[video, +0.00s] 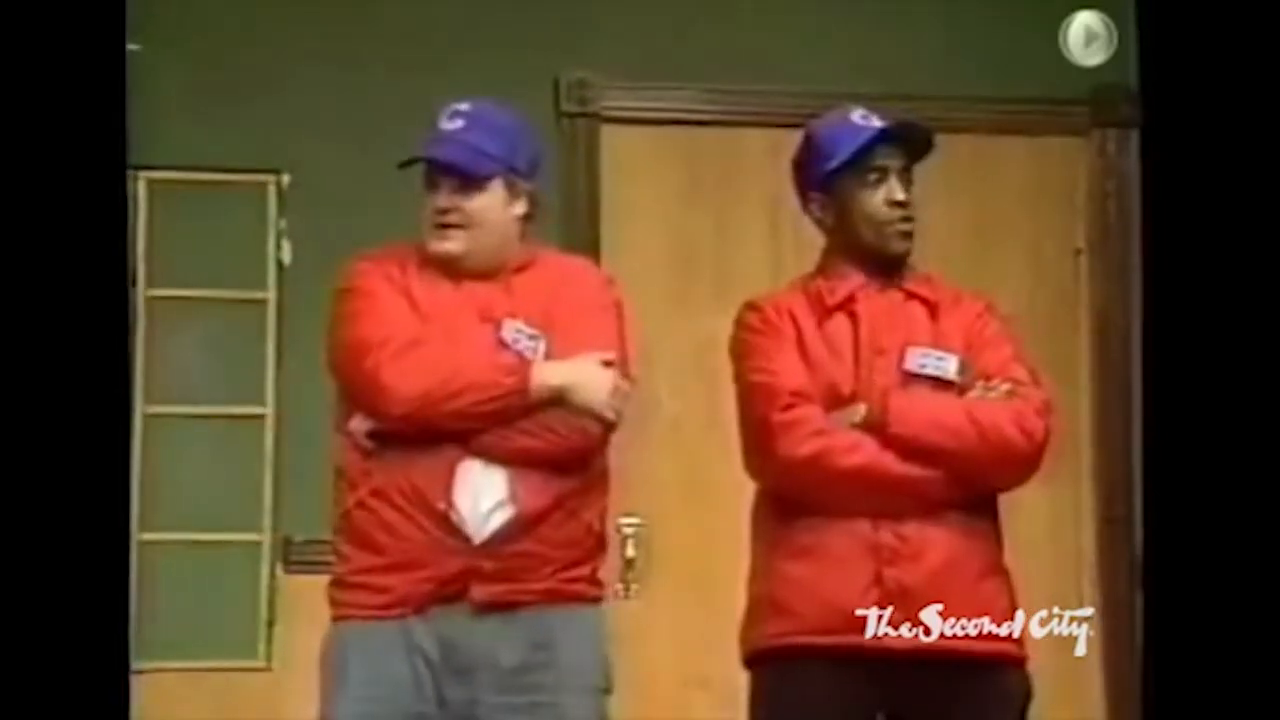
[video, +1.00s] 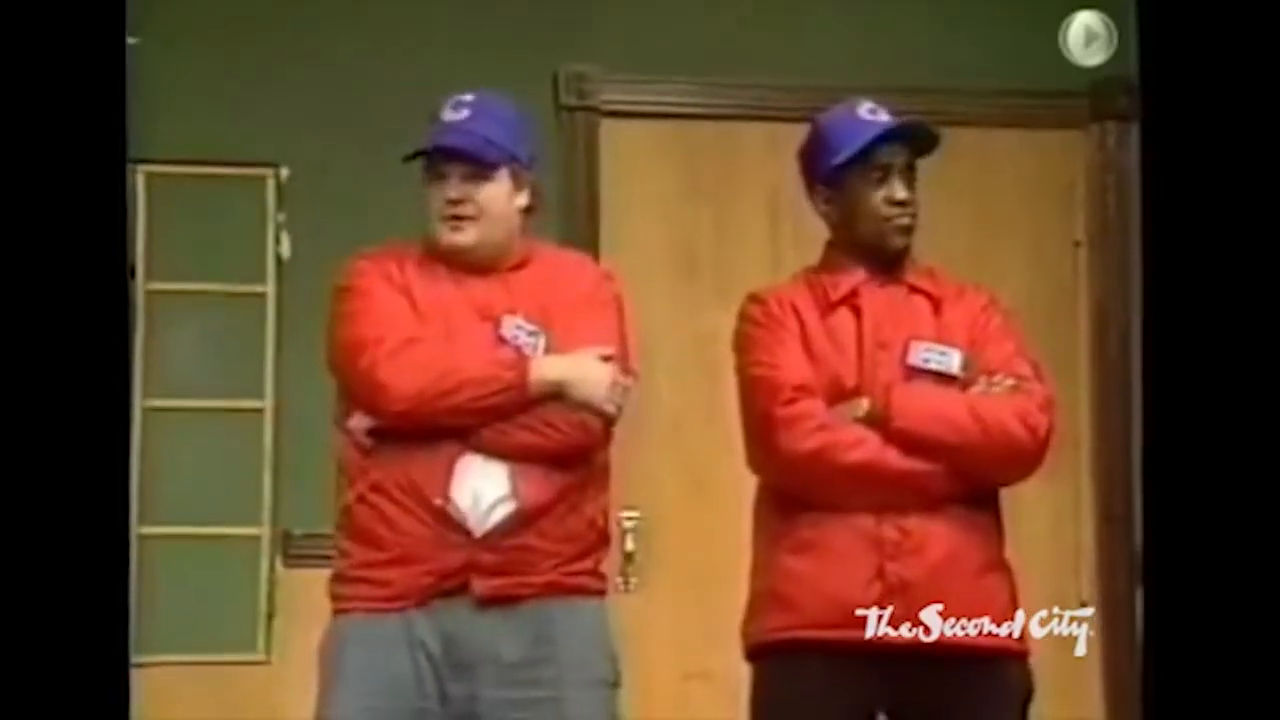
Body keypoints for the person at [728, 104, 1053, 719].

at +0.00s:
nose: (901, 196)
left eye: (905, 177)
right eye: (873, 179)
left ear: (917, 187)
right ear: (820, 205)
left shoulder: (967, 314)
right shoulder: (773, 319)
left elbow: (1020, 437)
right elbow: (787, 454)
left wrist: (877, 416)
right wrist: (963, 464)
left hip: (964, 645)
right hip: (815, 646)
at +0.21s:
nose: (903, 195)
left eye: (907, 177)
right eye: (877, 178)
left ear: (918, 187)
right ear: (821, 204)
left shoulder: (967, 312)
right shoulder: (775, 318)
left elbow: (1022, 436)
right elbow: (789, 454)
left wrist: (878, 415)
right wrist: (965, 463)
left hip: (965, 643)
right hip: (816, 645)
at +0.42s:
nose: (906, 196)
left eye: (909, 178)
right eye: (880, 179)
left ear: (920, 188)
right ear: (822, 203)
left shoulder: (969, 311)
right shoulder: (776, 317)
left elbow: (1021, 436)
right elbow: (789, 453)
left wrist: (878, 415)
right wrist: (964, 462)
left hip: (964, 641)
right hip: (815, 643)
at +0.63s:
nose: (907, 194)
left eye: (911, 177)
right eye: (882, 178)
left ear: (922, 186)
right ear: (825, 202)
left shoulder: (972, 312)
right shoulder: (777, 315)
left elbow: (1022, 438)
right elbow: (789, 453)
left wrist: (879, 416)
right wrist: (964, 463)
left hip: (963, 642)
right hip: (814, 643)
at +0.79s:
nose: (908, 194)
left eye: (912, 177)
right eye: (884, 178)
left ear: (923, 185)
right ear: (826, 202)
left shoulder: (971, 310)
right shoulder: (777, 313)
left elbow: (1023, 436)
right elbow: (789, 451)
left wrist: (880, 415)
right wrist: (964, 462)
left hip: (963, 640)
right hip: (814, 641)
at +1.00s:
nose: (902, 194)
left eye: (908, 176)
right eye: (878, 177)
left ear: (920, 184)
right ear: (825, 196)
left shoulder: (972, 308)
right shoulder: (777, 311)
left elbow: (1023, 433)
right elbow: (790, 448)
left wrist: (881, 411)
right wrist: (964, 459)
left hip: (965, 637)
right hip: (815, 638)